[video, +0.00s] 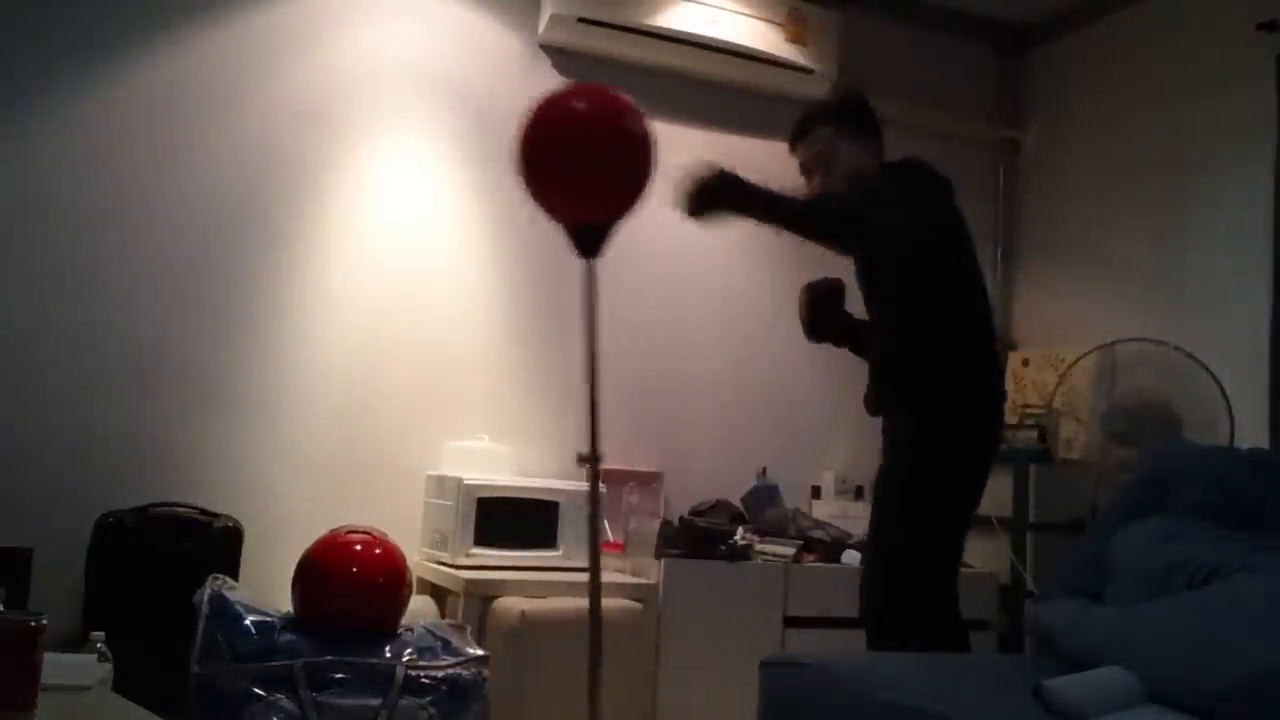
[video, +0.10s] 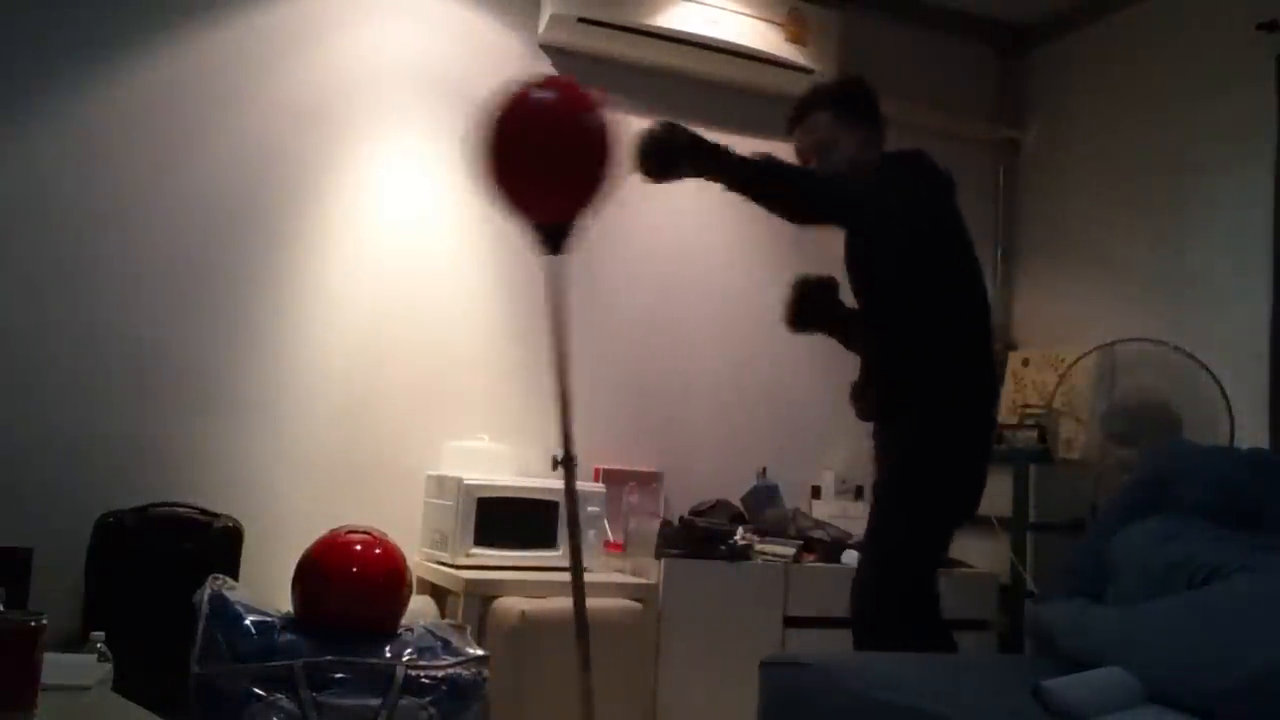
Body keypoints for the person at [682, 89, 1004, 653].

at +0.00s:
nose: (814, 185)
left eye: (820, 166)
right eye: (808, 174)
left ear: (858, 146)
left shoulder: (909, 188)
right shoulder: (889, 218)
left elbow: (840, 221)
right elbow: (906, 351)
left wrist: (738, 196)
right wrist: (839, 325)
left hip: (941, 417)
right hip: (937, 418)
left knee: (895, 593)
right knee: (920, 592)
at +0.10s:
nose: (815, 171)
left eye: (821, 152)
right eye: (805, 161)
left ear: (859, 134)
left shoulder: (907, 183)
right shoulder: (881, 211)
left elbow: (811, 196)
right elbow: (898, 341)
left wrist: (703, 157)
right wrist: (833, 316)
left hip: (941, 426)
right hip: (919, 427)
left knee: (886, 601)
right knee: (900, 599)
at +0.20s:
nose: (819, 139)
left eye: (834, 120)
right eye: (810, 125)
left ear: (876, 112)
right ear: (802, 128)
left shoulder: (921, 173)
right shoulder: (851, 201)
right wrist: (784, 267)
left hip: (931, 428)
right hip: (876, 429)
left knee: (901, 616)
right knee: (901, 613)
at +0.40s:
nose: (855, 142)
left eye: (872, 123)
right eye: (843, 122)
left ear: (908, 123)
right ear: (826, 117)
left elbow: (1000, 318)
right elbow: (702, 207)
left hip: (935, 439)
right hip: (856, 440)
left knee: (908, 621)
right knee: (885, 620)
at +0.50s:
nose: (841, 143)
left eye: (859, 126)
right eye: (832, 124)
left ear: (902, 124)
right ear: (820, 118)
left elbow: (1001, 322)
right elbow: (700, 275)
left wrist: (933, 290)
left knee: (901, 619)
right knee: (858, 615)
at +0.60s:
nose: (816, 143)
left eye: (832, 124)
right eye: (806, 126)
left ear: (872, 119)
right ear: (797, 123)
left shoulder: (935, 197)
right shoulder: (798, 210)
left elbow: (995, 306)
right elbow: (775, 319)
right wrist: (806, 374)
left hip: (917, 422)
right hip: (837, 423)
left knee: (889, 608)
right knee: (834, 608)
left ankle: (902, 718)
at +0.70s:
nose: (786, 160)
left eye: (797, 140)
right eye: (776, 146)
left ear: (835, 128)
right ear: (766, 142)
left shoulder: (889, 189)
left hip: (905, 432)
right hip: (862, 426)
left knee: (870, 609)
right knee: (847, 604)